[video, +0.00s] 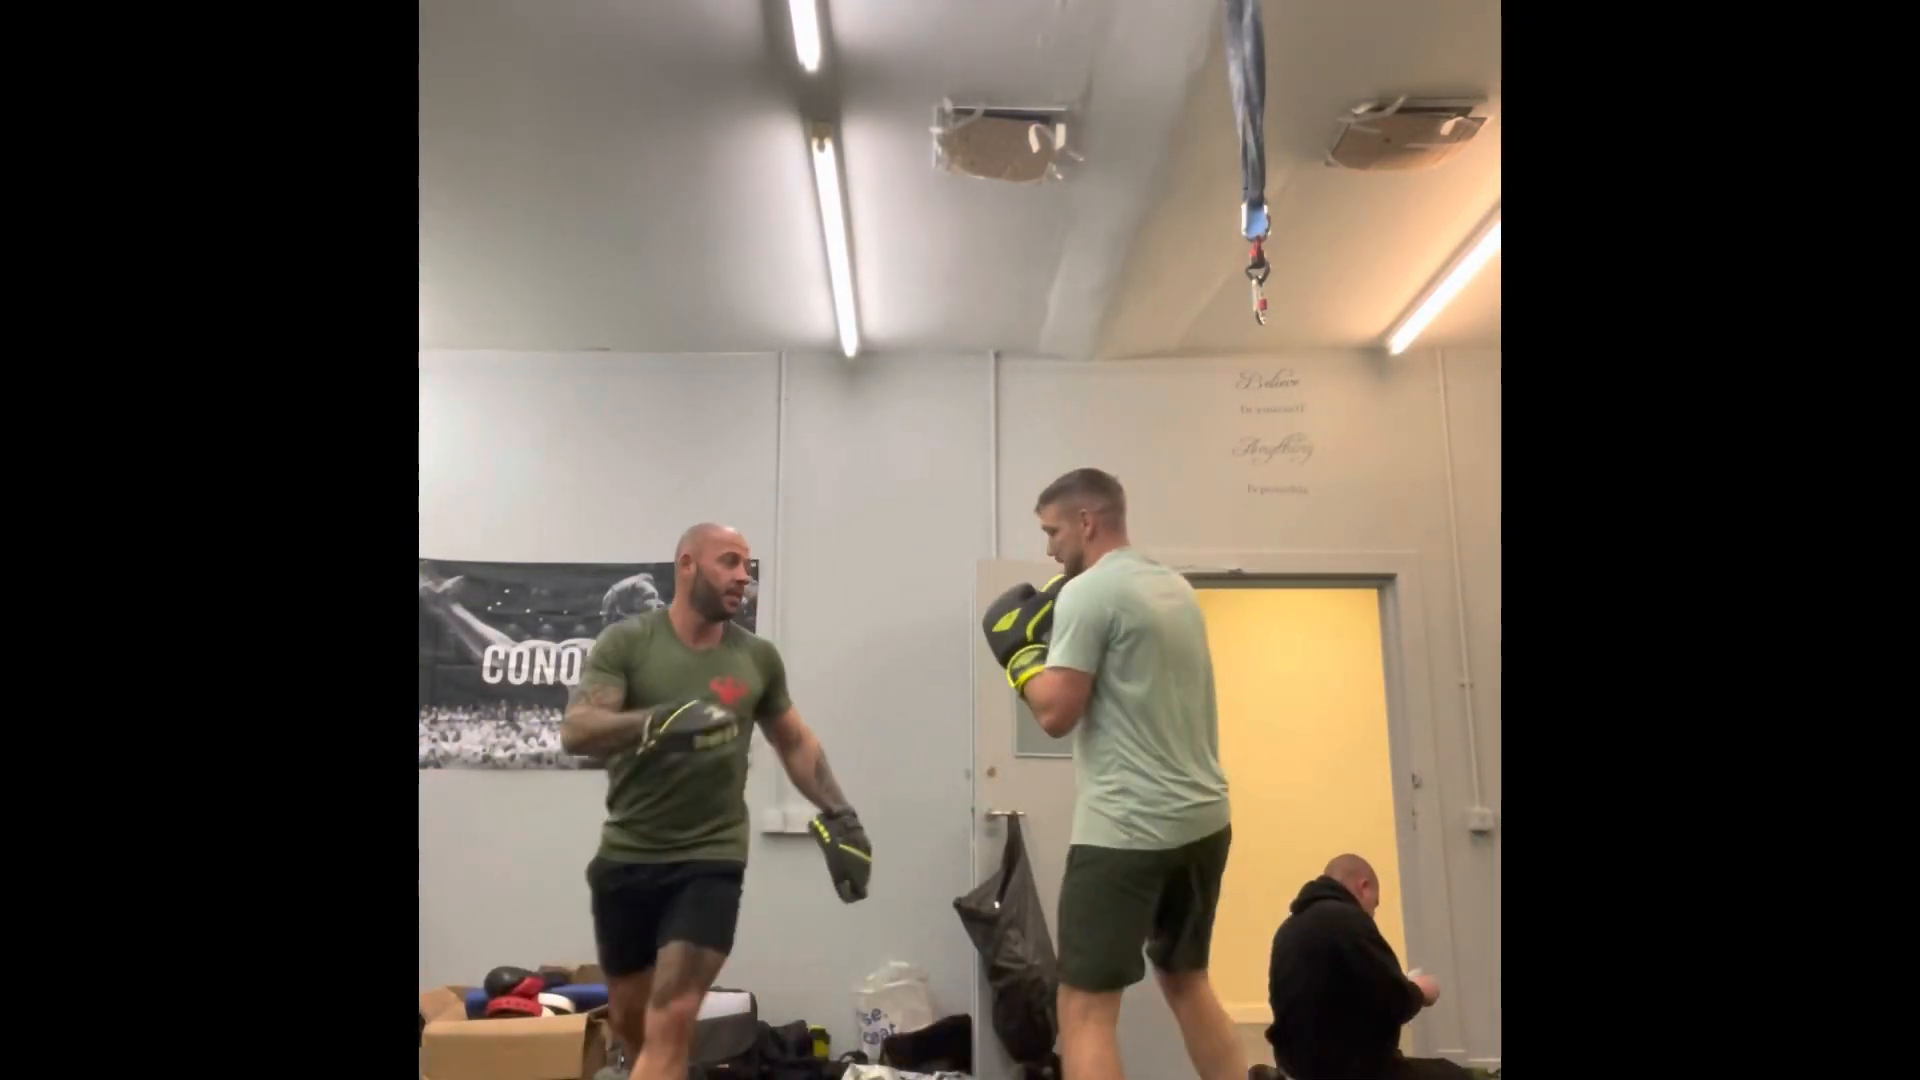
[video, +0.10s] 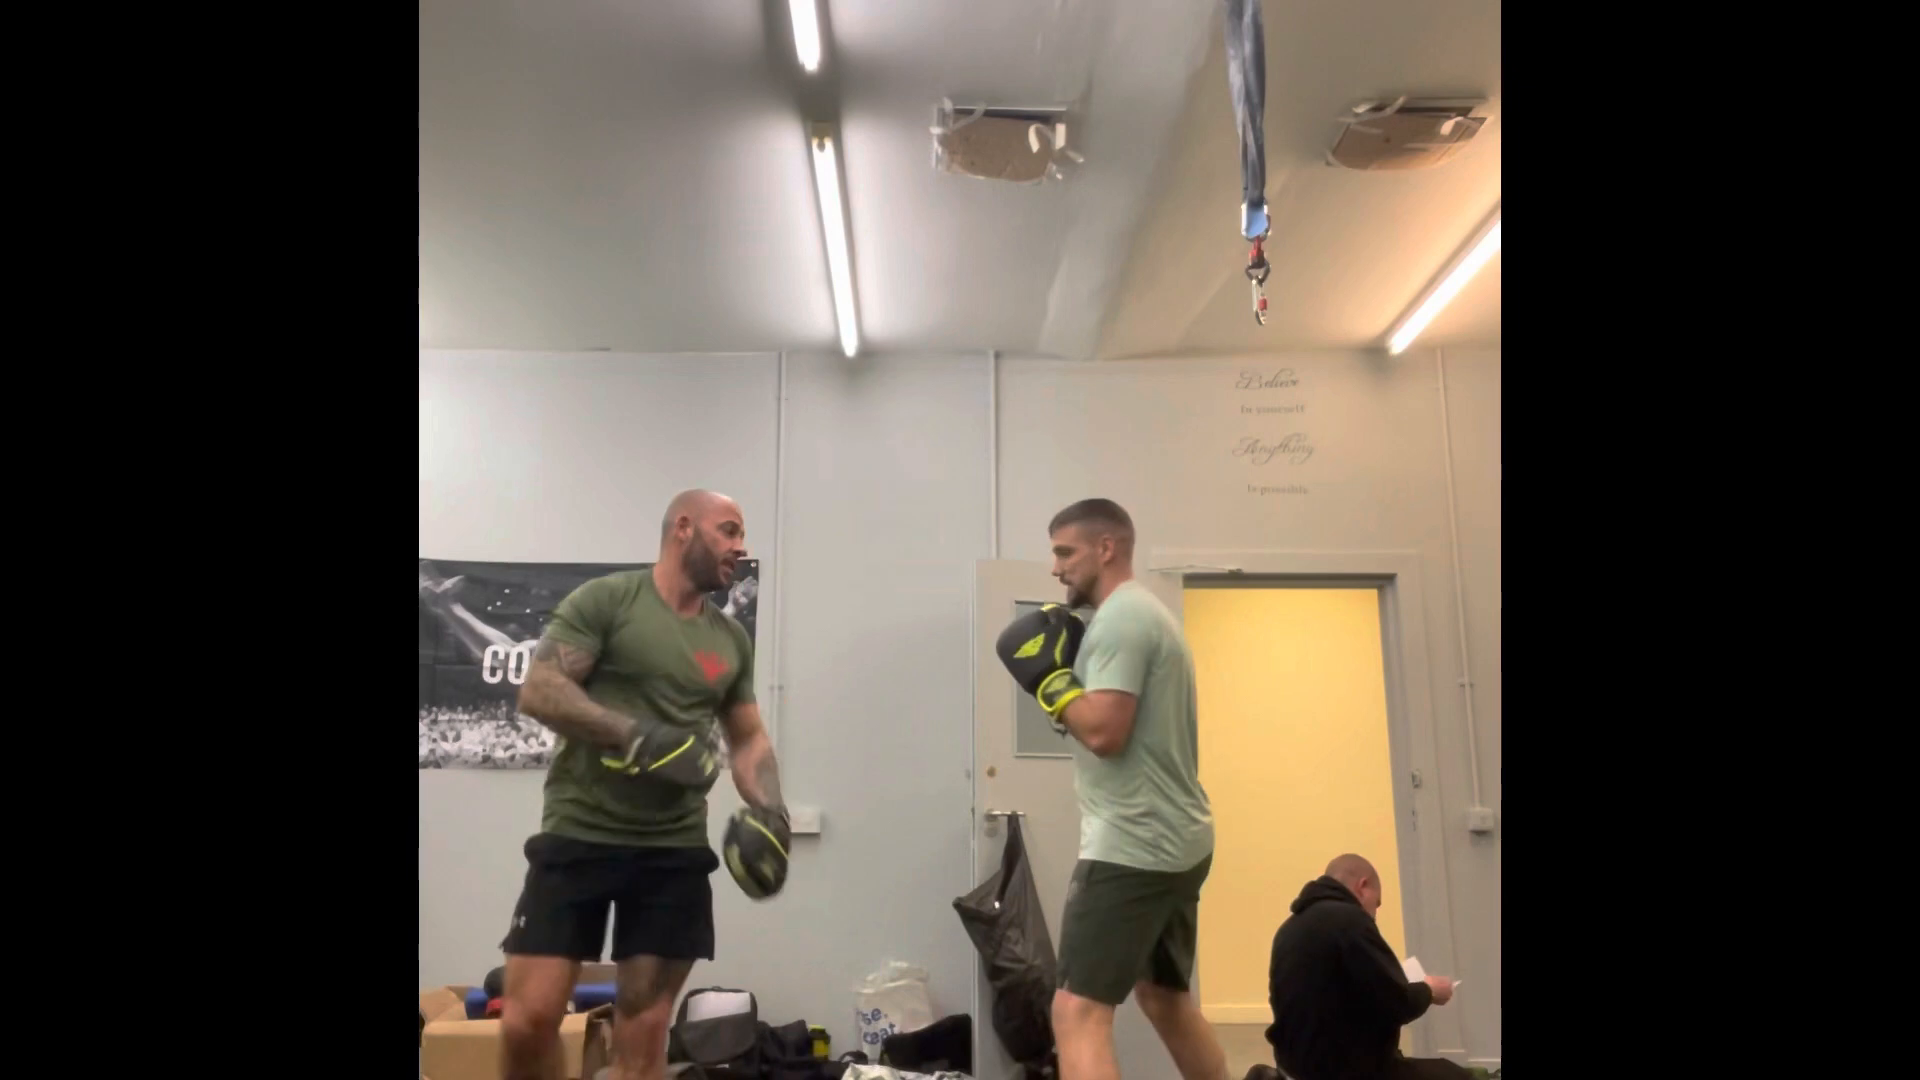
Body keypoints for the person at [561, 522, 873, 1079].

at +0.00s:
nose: (744, 576)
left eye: (748, 566)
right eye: (729, 561)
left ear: (749, 575)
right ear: (686, 566)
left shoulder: (757, 658)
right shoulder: (624, 641)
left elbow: (795, 741)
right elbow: (578, 731)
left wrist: (841, 816)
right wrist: (659, 722)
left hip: (712, 858)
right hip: (627, 856)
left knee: (672, 1018)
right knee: (628, 1023)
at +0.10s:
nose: (741, 548)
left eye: (742, 537)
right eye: (728, 532)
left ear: (690, 534)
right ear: (682, 530)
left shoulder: (731, 639)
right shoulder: (604, 599)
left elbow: (748, 740)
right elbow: (539, 691)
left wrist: (768, 812)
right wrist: (638, 737)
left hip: (673, 849)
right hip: (578, 839)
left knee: (645, 1030)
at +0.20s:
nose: (713, 526)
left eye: (713, 512)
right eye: (701, 509)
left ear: (662, 509)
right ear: (655, 506)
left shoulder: (689, 618)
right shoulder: (569, 582)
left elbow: (688, 729)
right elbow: (484, 679)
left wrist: (723, 729)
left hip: (642, 851)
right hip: (548, 838)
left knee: (624, 1038)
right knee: (480, 1035)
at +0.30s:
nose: (683, 505)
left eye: (683, 489)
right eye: (673, 485)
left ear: (628, 481)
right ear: (625, 478)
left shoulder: (637, 597)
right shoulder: (534, 560)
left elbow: (626, 711)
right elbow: (488, 679)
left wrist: (693, 757)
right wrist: (590, 788)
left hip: (605, 835)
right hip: (509, 832)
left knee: (654, 1037)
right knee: (456, 1053)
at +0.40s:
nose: (702, 481)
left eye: (701, 463)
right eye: (692, 458)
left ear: (643, 456)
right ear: (646, 453)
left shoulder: (637, 572)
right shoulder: (570, 535)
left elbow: (598, 711)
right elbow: (570, 665)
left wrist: (654, 778)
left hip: (604, 842)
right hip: (512, 838)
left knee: (661, 1039)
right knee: (449, 1051)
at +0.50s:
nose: (750, 476)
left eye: (749, 457)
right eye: (743, 454)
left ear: (690, 449)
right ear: (707, 445)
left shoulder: (678, 544)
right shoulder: (643, 511)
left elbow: (656, 702)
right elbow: (655, 656)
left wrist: (720, 781)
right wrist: (776, 762)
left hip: (644, 833)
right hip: (573, 829)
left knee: (687, 1049)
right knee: (565, 1059)